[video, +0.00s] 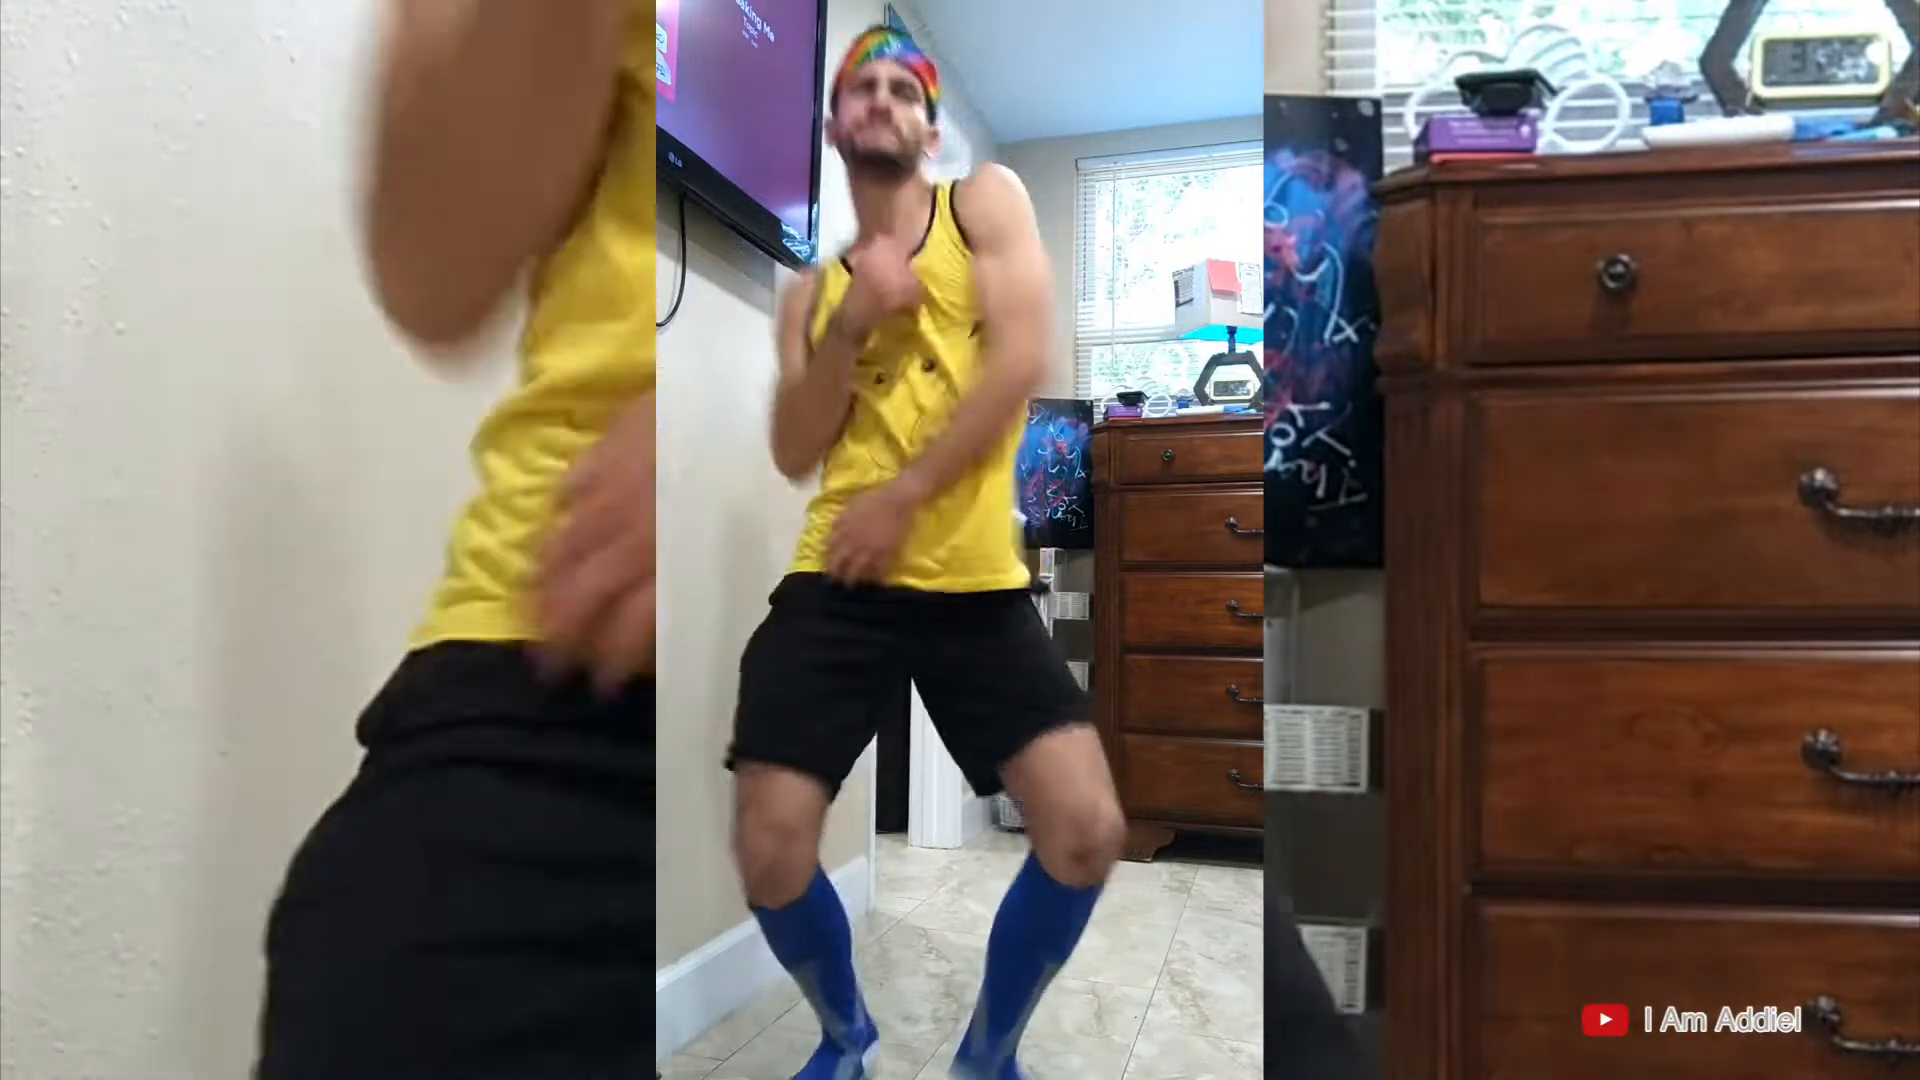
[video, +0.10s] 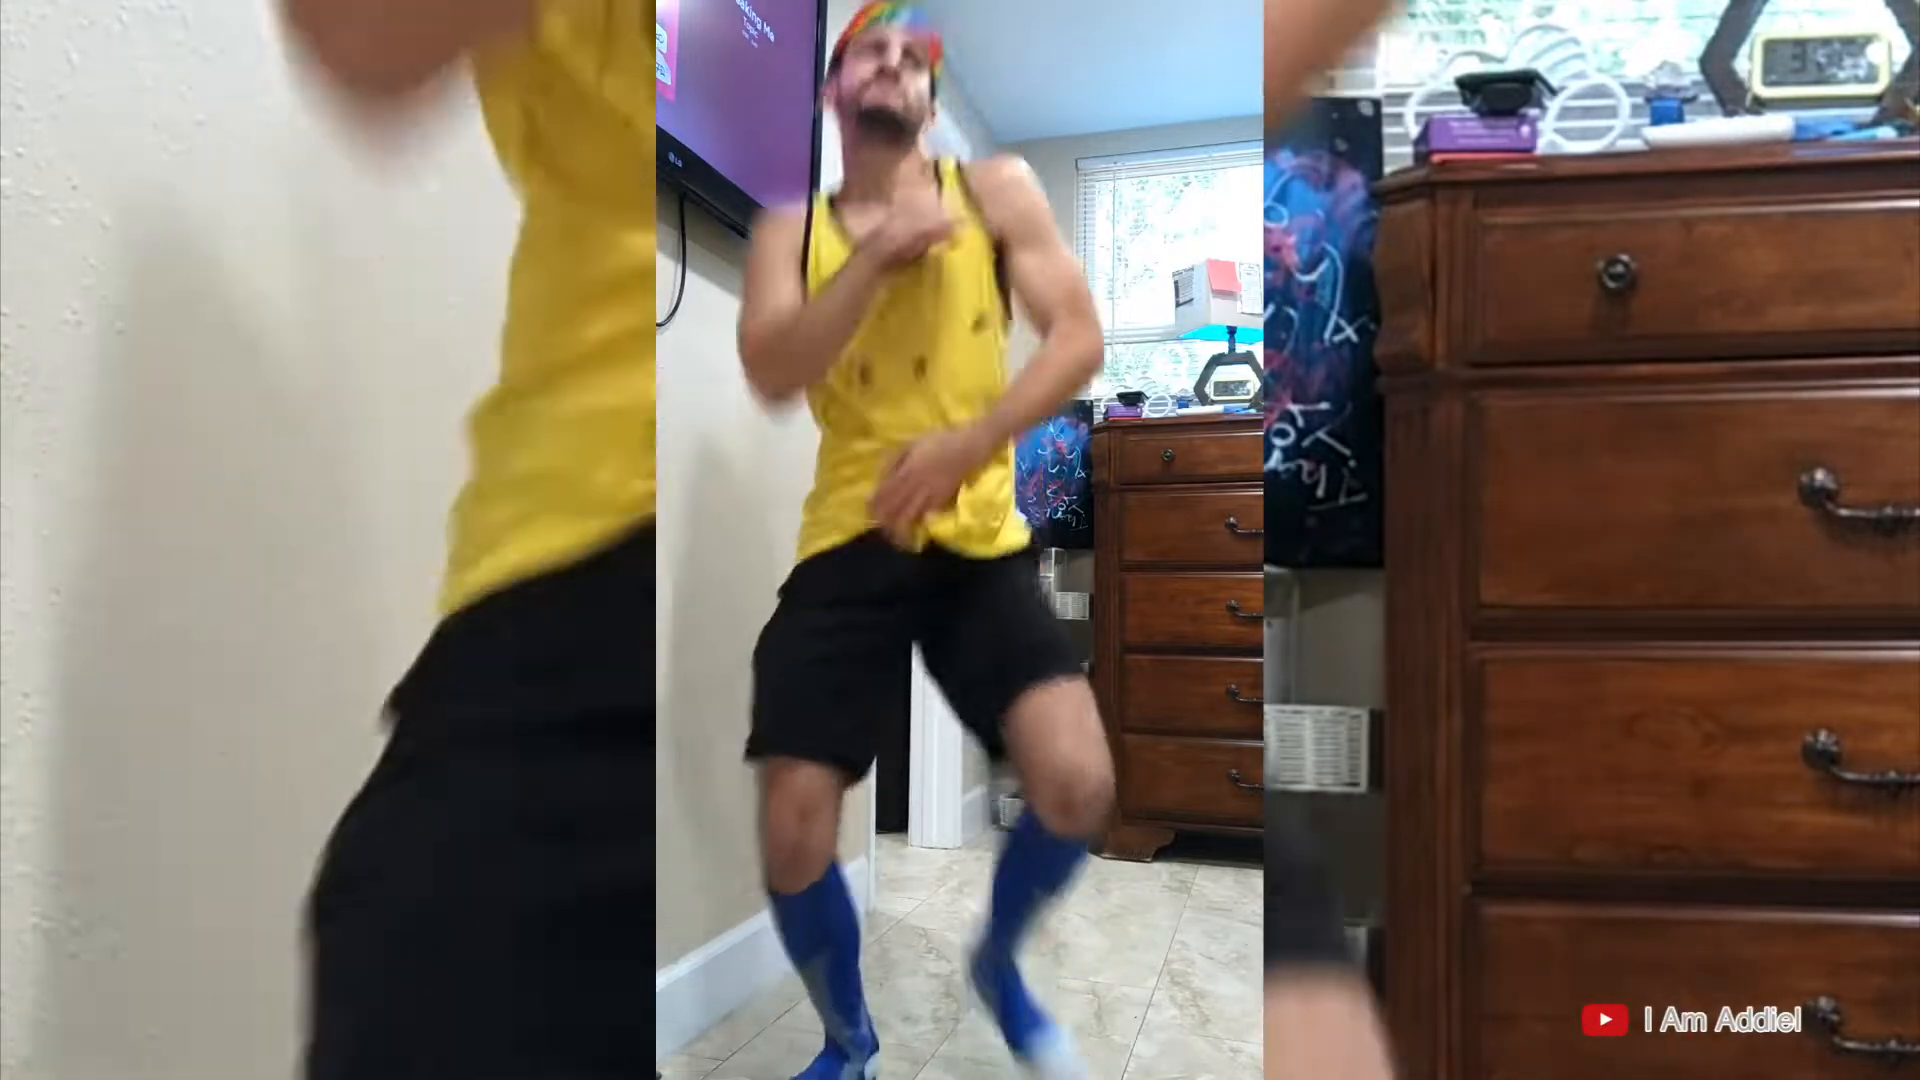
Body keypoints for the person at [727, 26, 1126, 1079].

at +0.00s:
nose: (881, 103)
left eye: (903, 92)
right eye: (862, 89)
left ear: (932, 126)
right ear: (831, 125)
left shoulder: (984, 198)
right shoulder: (810, 288)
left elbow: (1023, 359)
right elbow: (794, 450)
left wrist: (903, 495)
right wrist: (852, 327)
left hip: (976, 587)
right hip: (834, 590)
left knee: (1087, 832)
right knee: (768, 846)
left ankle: (988, 1053)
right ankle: (847, 1037)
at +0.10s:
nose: (890, 70)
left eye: (909, 59)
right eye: (867, 56)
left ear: (933, 94)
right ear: (829, 96)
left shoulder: (994, 186)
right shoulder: (793, 224)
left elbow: (1078, 335)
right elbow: (772, 373)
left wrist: (972, 442)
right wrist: (875, 257)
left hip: (982, 545)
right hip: (845, 549)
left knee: (1081, 784)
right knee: (792, 827)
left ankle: (996, 960)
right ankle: (849, 1041)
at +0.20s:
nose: (915, 9)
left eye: (934, 2)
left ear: (955, 28)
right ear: (852, 25)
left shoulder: (1009, 136)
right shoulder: (803, 136)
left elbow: (1066, 294)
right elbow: (795, 252)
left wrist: (995, 357)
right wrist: (969, 223)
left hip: (994, 490)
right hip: (866, 497)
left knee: (1052, 745)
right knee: (852, 777)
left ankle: (978, 944)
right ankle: (860, 1021)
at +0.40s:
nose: (980, 23)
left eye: (996, 17)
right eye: (955, 12)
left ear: (1011, 57)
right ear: (908, 47)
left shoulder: (1027, 198)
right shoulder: (876, 106)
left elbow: (1052, 374)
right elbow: (894, 228)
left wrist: (1054, 280)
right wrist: (998, 383)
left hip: (1006, 528)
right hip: (886, 518)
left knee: (1022, 785)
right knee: (884, 787)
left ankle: (1028, 1044)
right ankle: (893, 1019)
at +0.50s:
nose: (1019, 32)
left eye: (1032, 27)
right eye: (993, 23)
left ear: (1045, 75)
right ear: (943, 66)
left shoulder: (1044, 203)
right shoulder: (918, 133)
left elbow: (1068, 392)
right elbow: (878, 295)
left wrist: (1067, 260)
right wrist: (916, 488)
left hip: (1014, 529)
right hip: (904, 523)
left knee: (1044, 786)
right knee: (902, 799)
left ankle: (1018, 1040)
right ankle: (880, 1013)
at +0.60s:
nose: (1026, 70)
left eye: (1041, 58)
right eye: (1000, 64)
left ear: (1070, 98)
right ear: (969, 109)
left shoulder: (1077, 241)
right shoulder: (927, 189)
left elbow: (1115, 415)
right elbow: (816, 342)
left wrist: (1080, 260)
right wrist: (841, 522)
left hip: (1020, 564)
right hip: (898, 552)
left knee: (1091, 799)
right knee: (913, 792)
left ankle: (1018, 1045)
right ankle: (867, 914)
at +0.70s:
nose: (990, 53)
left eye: (1015, 37)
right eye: (974, 45)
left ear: (1065, 69)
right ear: (960, 81)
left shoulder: (1108, 238)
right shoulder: (910, 176)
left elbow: (1093, 360)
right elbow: (814, 321)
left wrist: (1042, 226)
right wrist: (813, 464)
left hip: (1022, 553)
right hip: (891, 535)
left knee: (1075, 803)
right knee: (885, 788)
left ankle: (1015, 1045)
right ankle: (875, 1014)